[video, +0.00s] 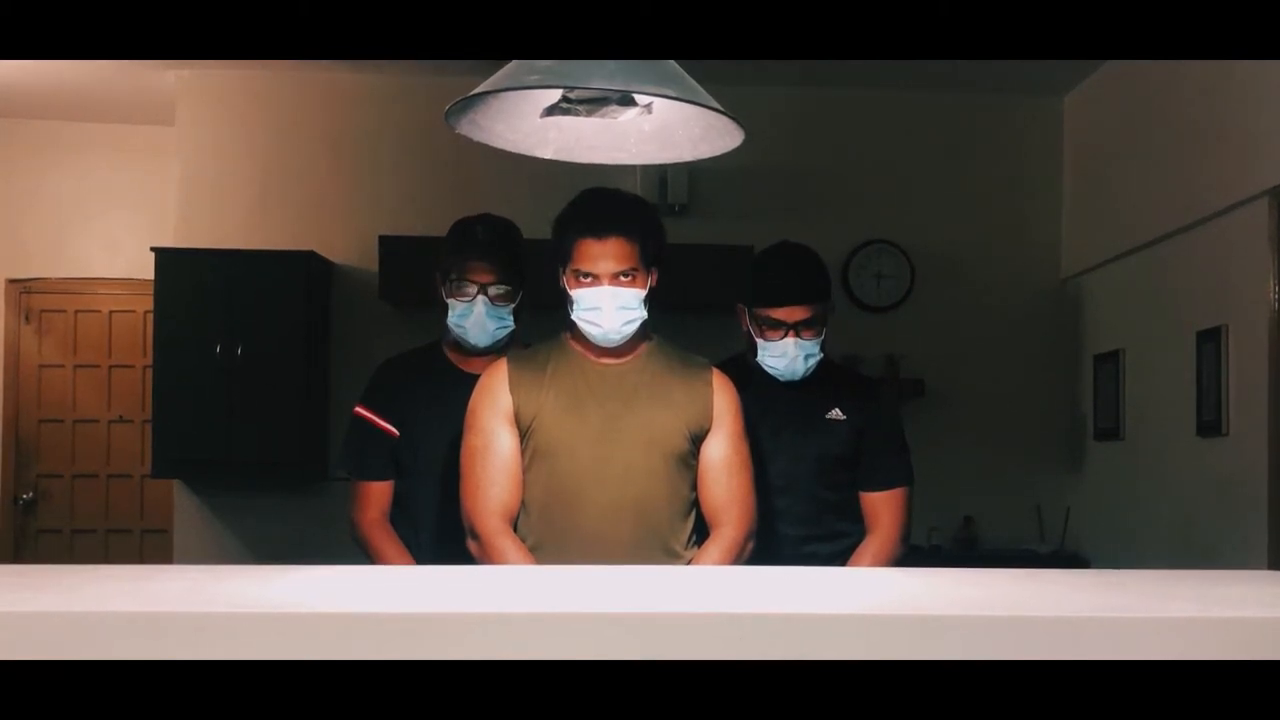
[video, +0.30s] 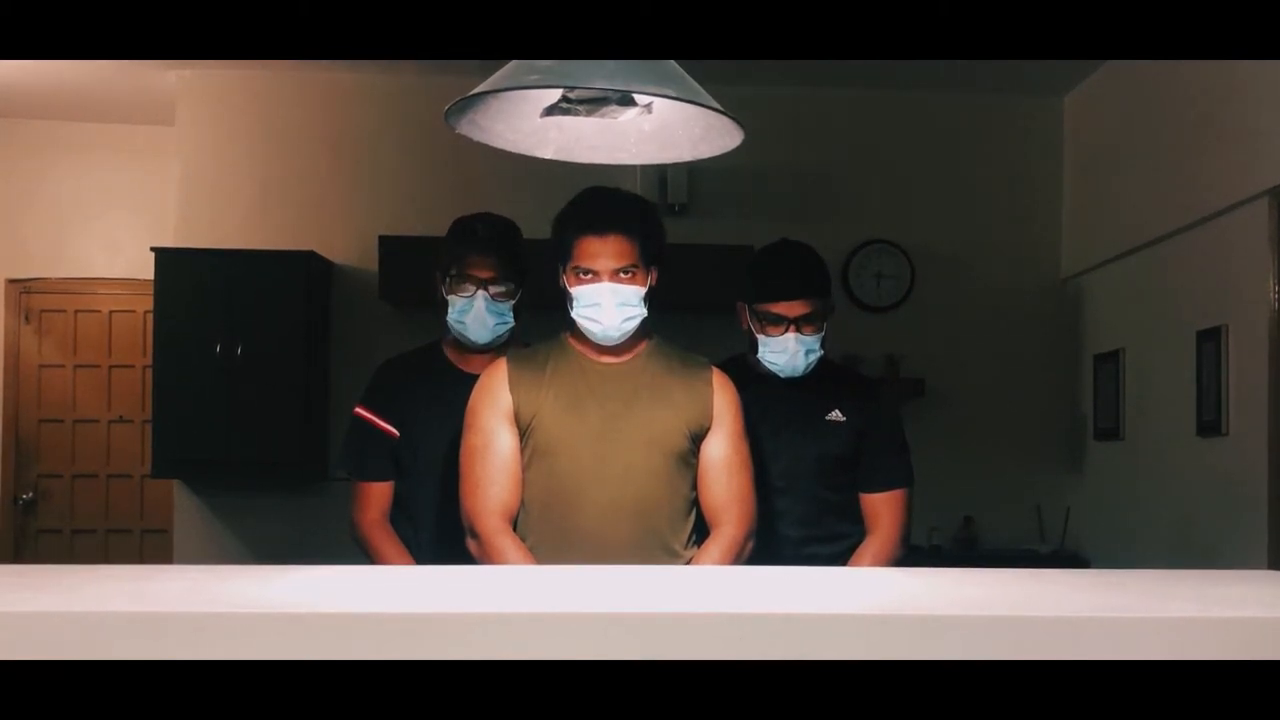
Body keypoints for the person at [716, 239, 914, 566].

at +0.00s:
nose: (791, 342)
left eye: (807, 326)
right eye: (772, 326)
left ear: (826, 319)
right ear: (746, 320)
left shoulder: (863, 399)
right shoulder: (716, 393)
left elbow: (886, 535)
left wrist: (832, 606)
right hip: (740, 591)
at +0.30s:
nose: (792, 338)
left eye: (808, 322)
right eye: (773, 322)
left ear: (827, 316)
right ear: (746, 317)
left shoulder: (862, 399)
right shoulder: (716, 392)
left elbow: (886, 536)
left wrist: (831, 606)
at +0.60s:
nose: (792, 334)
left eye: (808, 319)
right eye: (774, 319)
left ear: (827, 314)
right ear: (746, 315)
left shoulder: (863, 400)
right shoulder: (715, 393)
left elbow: (886, 537)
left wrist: (831, 607)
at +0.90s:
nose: (792, 331)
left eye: (808, 315)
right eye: (774, 315)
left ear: (826, 313)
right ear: (746, 314)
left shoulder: (863, 400)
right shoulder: (714, 393)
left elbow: (885, 537)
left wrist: (831, 607)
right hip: (739, 593)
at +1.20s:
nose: (791, 328)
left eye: (807, 312)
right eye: (773, 312)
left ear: (826, 312)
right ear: (746, 312)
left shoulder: (862, 400)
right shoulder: (713, 393)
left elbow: (885, 537)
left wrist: (830, 611)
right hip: (737, 594)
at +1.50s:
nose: (791, 326)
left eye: (807, 310)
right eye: (773, 309)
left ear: (826, 310)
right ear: (746, 310)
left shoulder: (863, 400)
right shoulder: (712, 394)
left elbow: (885, 537)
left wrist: (830, 611)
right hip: (737, 595)